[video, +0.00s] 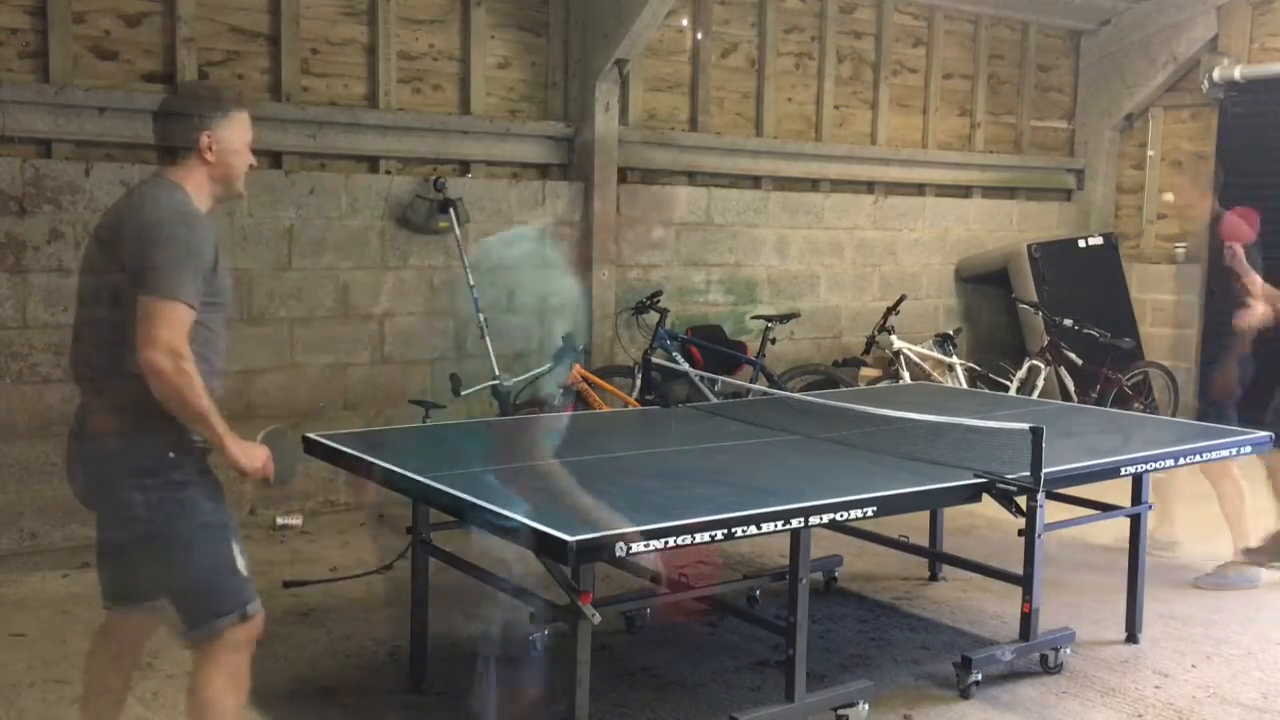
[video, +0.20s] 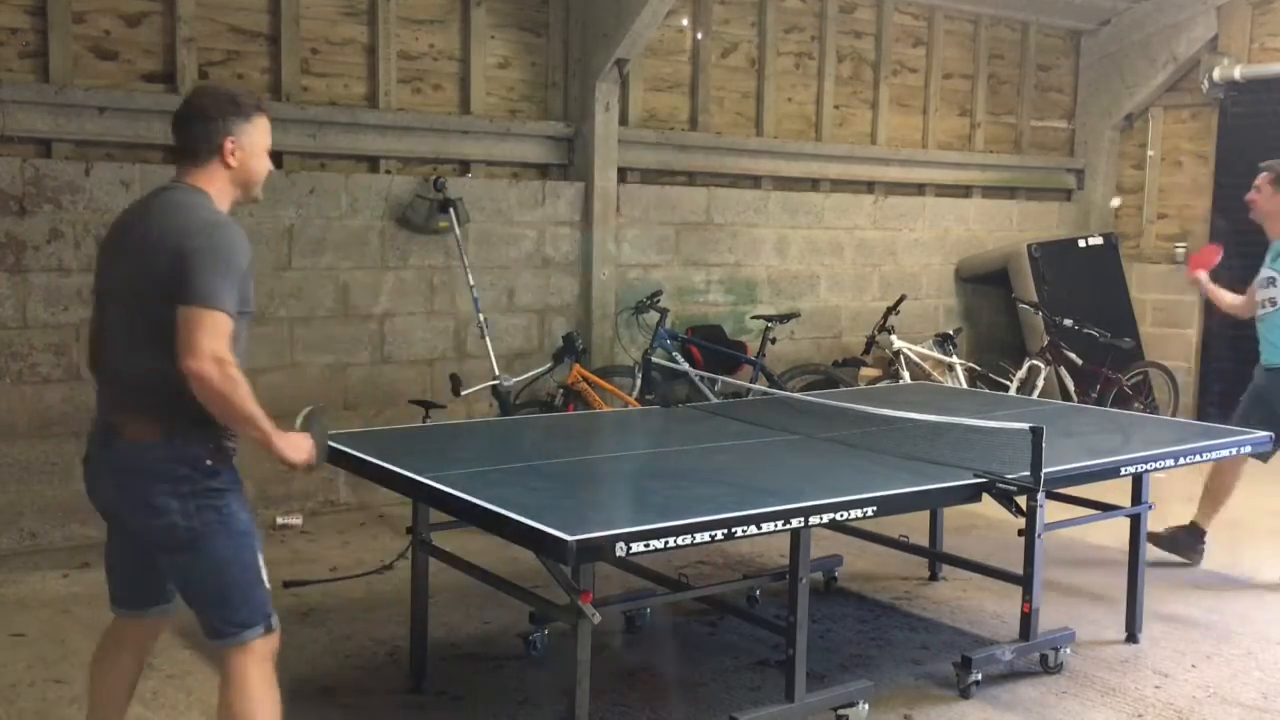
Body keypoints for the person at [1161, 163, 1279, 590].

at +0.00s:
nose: (1173, 200)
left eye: (1179, 192)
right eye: (1173, 192)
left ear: (1202, 192)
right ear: (1200, 193)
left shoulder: (1224, 234)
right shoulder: (1204, 233)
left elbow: (1245, 303)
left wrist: (1230, 362)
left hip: (1223, 358)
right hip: (1205, 353)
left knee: (1214, 455)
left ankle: (1244, 555)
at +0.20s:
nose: (1249, 195)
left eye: (1258, 188)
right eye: (1252, 188)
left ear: (1278, 198)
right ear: (1269, 199)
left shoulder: (1276, 253)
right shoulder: (1273, 254)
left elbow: (1243, 305)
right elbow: (1244, 307)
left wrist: (1208, 284)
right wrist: (1206, 283)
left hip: (1273, 374)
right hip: (1268, 372)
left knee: (1235, 448)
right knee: (1233, 448)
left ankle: (1195, 531)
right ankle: (1195, 531)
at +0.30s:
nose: (1225, 200)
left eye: (1234, 193)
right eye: (1229, 192)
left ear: (1261, 200)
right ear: (1253, 201)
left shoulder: (1274, 247)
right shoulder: (1246, 260)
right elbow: (1212, 307)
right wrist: (1159, 299)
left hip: (1271, 375)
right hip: (1251, 376)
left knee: (1223, 459)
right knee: (1219, 457)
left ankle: (1187, 539)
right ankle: (1187, 540)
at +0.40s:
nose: (1207, 203)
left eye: (1215, 197)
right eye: (1209, 196)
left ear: (1244, 203)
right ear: (1232, 204)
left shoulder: (1273, 249)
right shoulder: (1216, 267)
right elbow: (1176, 315)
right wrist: (1113, 322)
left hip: (1273, 380)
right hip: (1233, 379)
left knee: (1276, 471)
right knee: (1202, 452)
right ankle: (1184, 539)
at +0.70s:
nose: (1188, 202)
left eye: (1197, 193)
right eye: (1185, 195)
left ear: (1224, 197)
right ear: (1184, 203)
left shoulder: (1263, 243)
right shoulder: (1184, 264)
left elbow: (1279, 299)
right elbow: (1180, 326)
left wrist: (1279, 360)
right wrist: (1157, 345)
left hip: (1262, 375)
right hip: (1214, 378)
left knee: (1274, 464)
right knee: (1186, 451)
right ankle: (1183, 540)